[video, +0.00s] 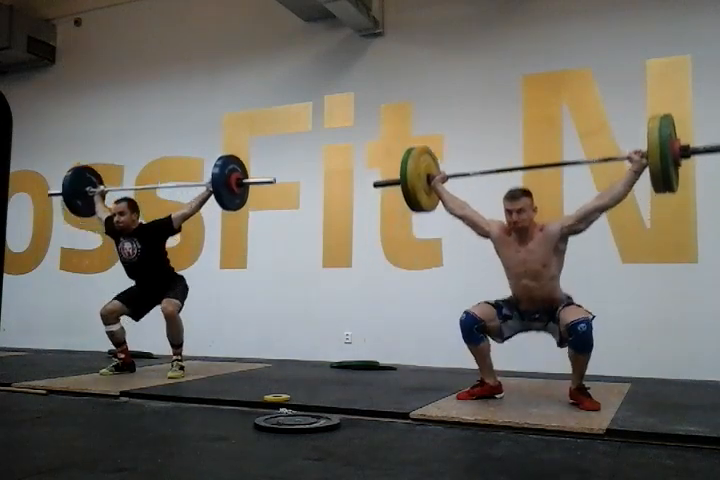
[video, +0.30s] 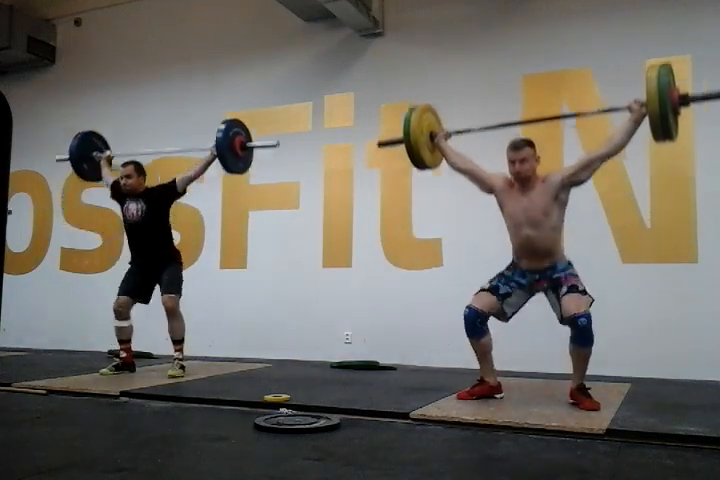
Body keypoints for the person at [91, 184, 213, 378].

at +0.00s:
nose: (117, 219)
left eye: (121, 215)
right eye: (114, 216)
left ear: (135, 215)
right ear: (113, 218)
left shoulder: (153, 230)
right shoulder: (117, 233)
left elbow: (188, 210)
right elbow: (102, 213)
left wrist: (210, 189)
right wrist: (97, 196)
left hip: (170, 284)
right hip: (144, 288)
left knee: (169, 310)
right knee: (108, 313)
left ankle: (177, 361)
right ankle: (124, 361)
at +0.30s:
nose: (123, 181)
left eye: (128, 177)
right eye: (122, 178)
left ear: (142, 179)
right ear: (121, 181)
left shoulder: (160, 194)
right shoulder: (123, 196)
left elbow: (191, 176)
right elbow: (109, 181)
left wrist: (213, 154)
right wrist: (105, 162)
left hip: (167, 261)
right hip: (140, 263)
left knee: (170, 304)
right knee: (121, 306)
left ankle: (178, 360)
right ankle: (125, 359)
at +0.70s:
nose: (156, 165)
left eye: (161, 160)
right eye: (155, 161)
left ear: (174, 165)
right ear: (154, 165)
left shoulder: (185, 185)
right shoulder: (147, 186)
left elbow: (210, 168)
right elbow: (127, 173)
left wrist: (221, 139)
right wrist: (115, 153)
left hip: (175, 258)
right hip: (150, 257)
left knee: (178, 308)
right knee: (140, 305)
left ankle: (183, 359)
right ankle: (146, 358)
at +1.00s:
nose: (174, 169)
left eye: (179, 166)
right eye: (173, 166)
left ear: (191, 171)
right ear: (172, 170)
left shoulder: (197, 191)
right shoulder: (161, 192)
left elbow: (226, 194)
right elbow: (143, 204)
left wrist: (237, 174)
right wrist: (122, 191)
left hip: (177, 259)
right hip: (152, 257)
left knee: (179, 308)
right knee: (146, 307)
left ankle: (183, 359)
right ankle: (146, 358)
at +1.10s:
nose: (172, 172)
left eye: (176, 169)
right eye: (170, 169)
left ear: (188, 171)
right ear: (169, 171)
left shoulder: (199, 191)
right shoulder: (164, 194)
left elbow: (224, 197)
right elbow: (141, 207)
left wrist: (238, 200)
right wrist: (118, 211)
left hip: (180, 258)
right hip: (156, 256)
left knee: (178, 308)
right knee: (144, 305)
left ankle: (183, 359)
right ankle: (146, 358)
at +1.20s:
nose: (162, 177)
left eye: (166, 173)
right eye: (159, 173)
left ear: (177, 174)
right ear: (158, 175)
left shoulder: (194, 197)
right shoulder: (155, 201)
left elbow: (215, 217)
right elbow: (136, 223)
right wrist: (119, 242)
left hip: (182, 261)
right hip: (159, 260)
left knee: (174, 308)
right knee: (140, 307)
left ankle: (182, 359)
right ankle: (146, 358)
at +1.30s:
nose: (144, 195)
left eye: (148, 190)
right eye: (142, 190)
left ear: (160, 191)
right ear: (140, 193)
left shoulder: (182, 215)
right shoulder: (141, 219)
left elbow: (207, 239)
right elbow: (129, 244)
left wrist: (221, 265)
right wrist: (119, 268)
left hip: (185, 274)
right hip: (161, 274)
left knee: (174, 310)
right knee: (135, 311)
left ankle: (182, 360)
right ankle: (146, 359)